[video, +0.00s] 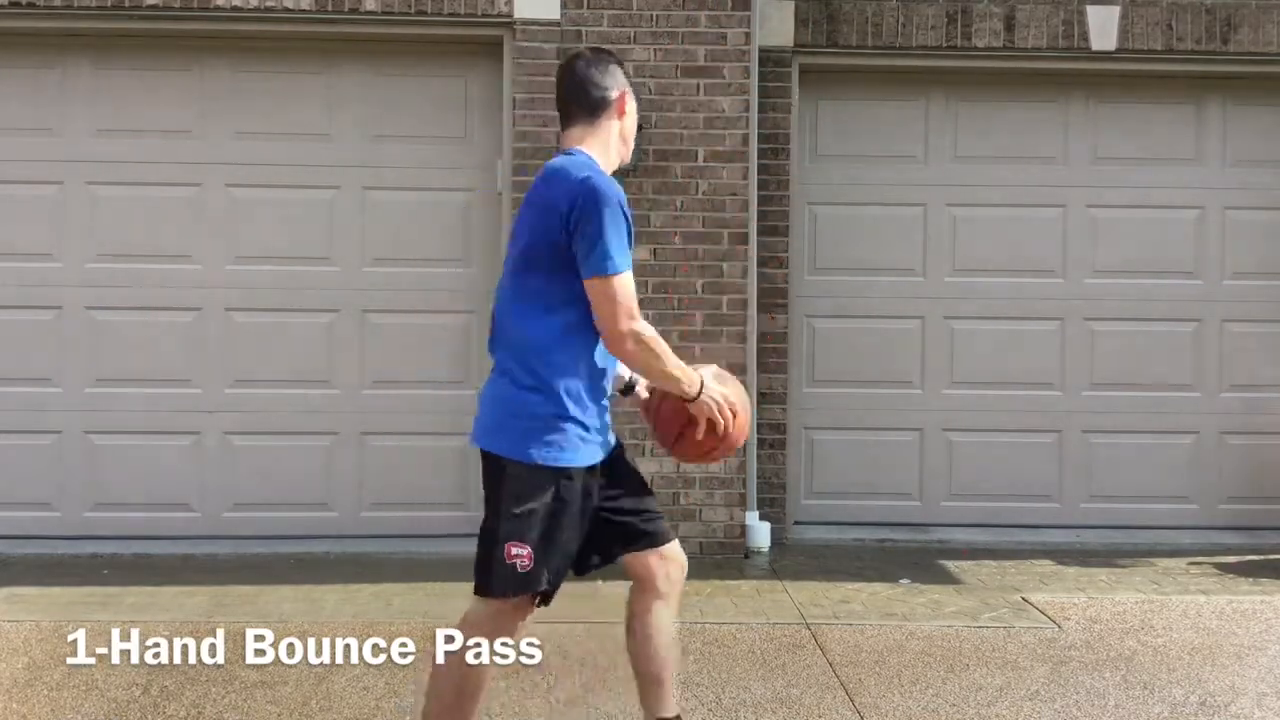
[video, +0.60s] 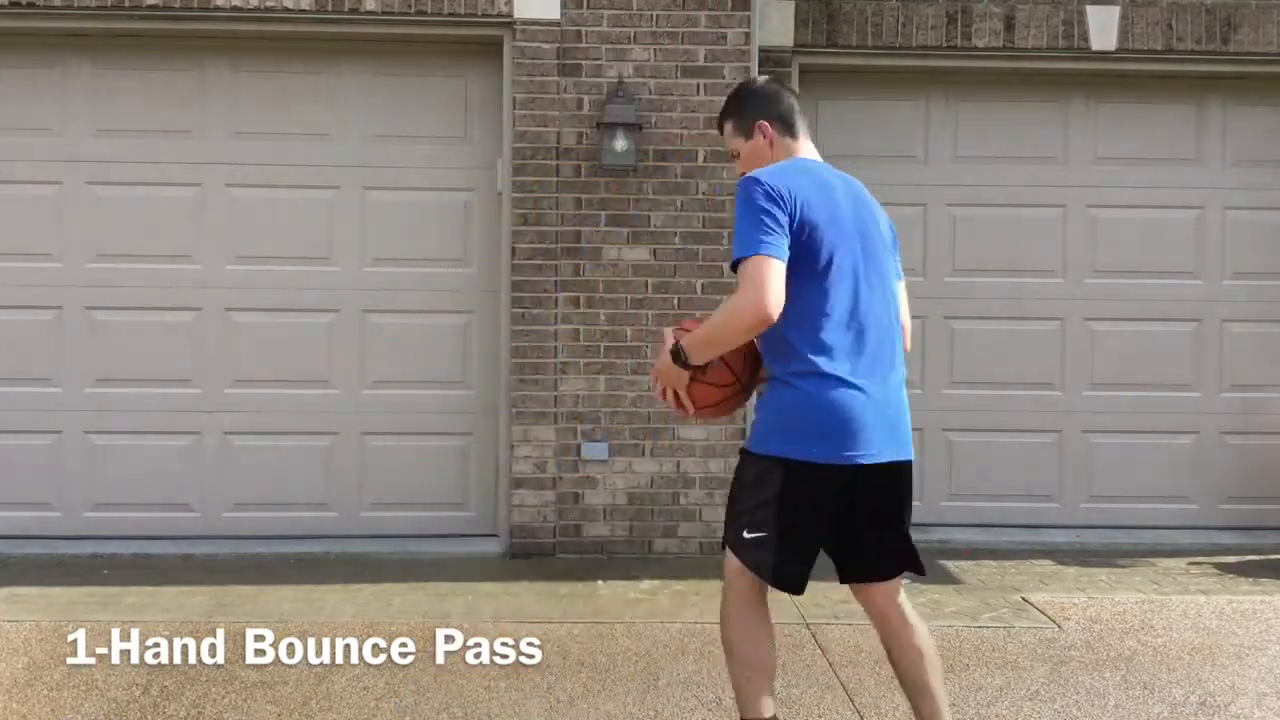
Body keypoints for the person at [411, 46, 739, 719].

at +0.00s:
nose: (638, 124)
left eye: (635, 111)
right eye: (637, 110)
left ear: (566, 112)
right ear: (623, 107)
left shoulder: (558, 184)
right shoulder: (592, 188)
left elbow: (563, 327)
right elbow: (623, 328)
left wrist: (638, 383)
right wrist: (691, 382)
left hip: (580, 435)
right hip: (538, 436)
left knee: (661, 569)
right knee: (503, 611)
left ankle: (663, 714)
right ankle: (436, 710)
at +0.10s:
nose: (667, 127)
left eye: (661, 117)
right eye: (665, 115)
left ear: (594, 123)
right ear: (656, 114)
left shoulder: (584, 194)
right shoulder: (653, 193)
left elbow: (615, 334)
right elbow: (680, 338)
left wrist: (687, 390)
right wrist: (725, 389)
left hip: (608, 439)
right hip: (603, 442)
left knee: (694, 573)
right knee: (556, 620)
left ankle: (684, 716)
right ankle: (464, 713)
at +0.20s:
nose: (699, 120)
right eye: (697, 111)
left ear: (624, 129)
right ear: (690, 114)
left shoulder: (603, 205)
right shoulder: (715, 192)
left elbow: (572, 333)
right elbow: (739, 332)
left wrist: (672, 355)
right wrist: (750, 376)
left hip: (613, 433)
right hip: (672, 437)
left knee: (711, 582)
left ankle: (691, 716)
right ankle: (521, 719)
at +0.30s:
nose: (727, 115)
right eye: (727, 108)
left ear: (660, 126)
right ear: (725, 112)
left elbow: (590, 323)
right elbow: (796, 325)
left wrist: (621, 352)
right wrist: (766, 365)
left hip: (649, 436)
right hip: (733, 437)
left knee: (705, 587)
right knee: (769, 593)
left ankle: (680, 718)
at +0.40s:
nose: (683, 130)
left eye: (683, 121)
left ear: (693, 121)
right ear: (759, 114)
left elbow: (627, 315)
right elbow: (844, 321)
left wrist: (648, 347)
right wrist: (793, 345)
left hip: (696, 427)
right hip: (789, 426)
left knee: (713, 587)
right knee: (810, 589)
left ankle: (693, 718)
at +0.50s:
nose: (708, 138)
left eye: (709, 126)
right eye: (708, 126)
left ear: (728, 121)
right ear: (780, 119)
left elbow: (685, 308)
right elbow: (882, 325)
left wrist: (662, 353)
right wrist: (807, 336)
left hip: (744, 427)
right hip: (833, 426)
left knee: (726, 590)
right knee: (858, 583)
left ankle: (710, 715)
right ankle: (921, 715)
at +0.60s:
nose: (738, 170)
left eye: (736, 153)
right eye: (734, 156)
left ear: (763, 134)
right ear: (793, 133)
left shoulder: (770, 186)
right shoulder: (870, 205)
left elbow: (761, 303)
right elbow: (897, 334)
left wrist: (684, 351)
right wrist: (770, 358)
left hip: (800, 433)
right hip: (883, 435)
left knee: (745, 578)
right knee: (883, 589)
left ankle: (756, 713)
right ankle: (935, 715)